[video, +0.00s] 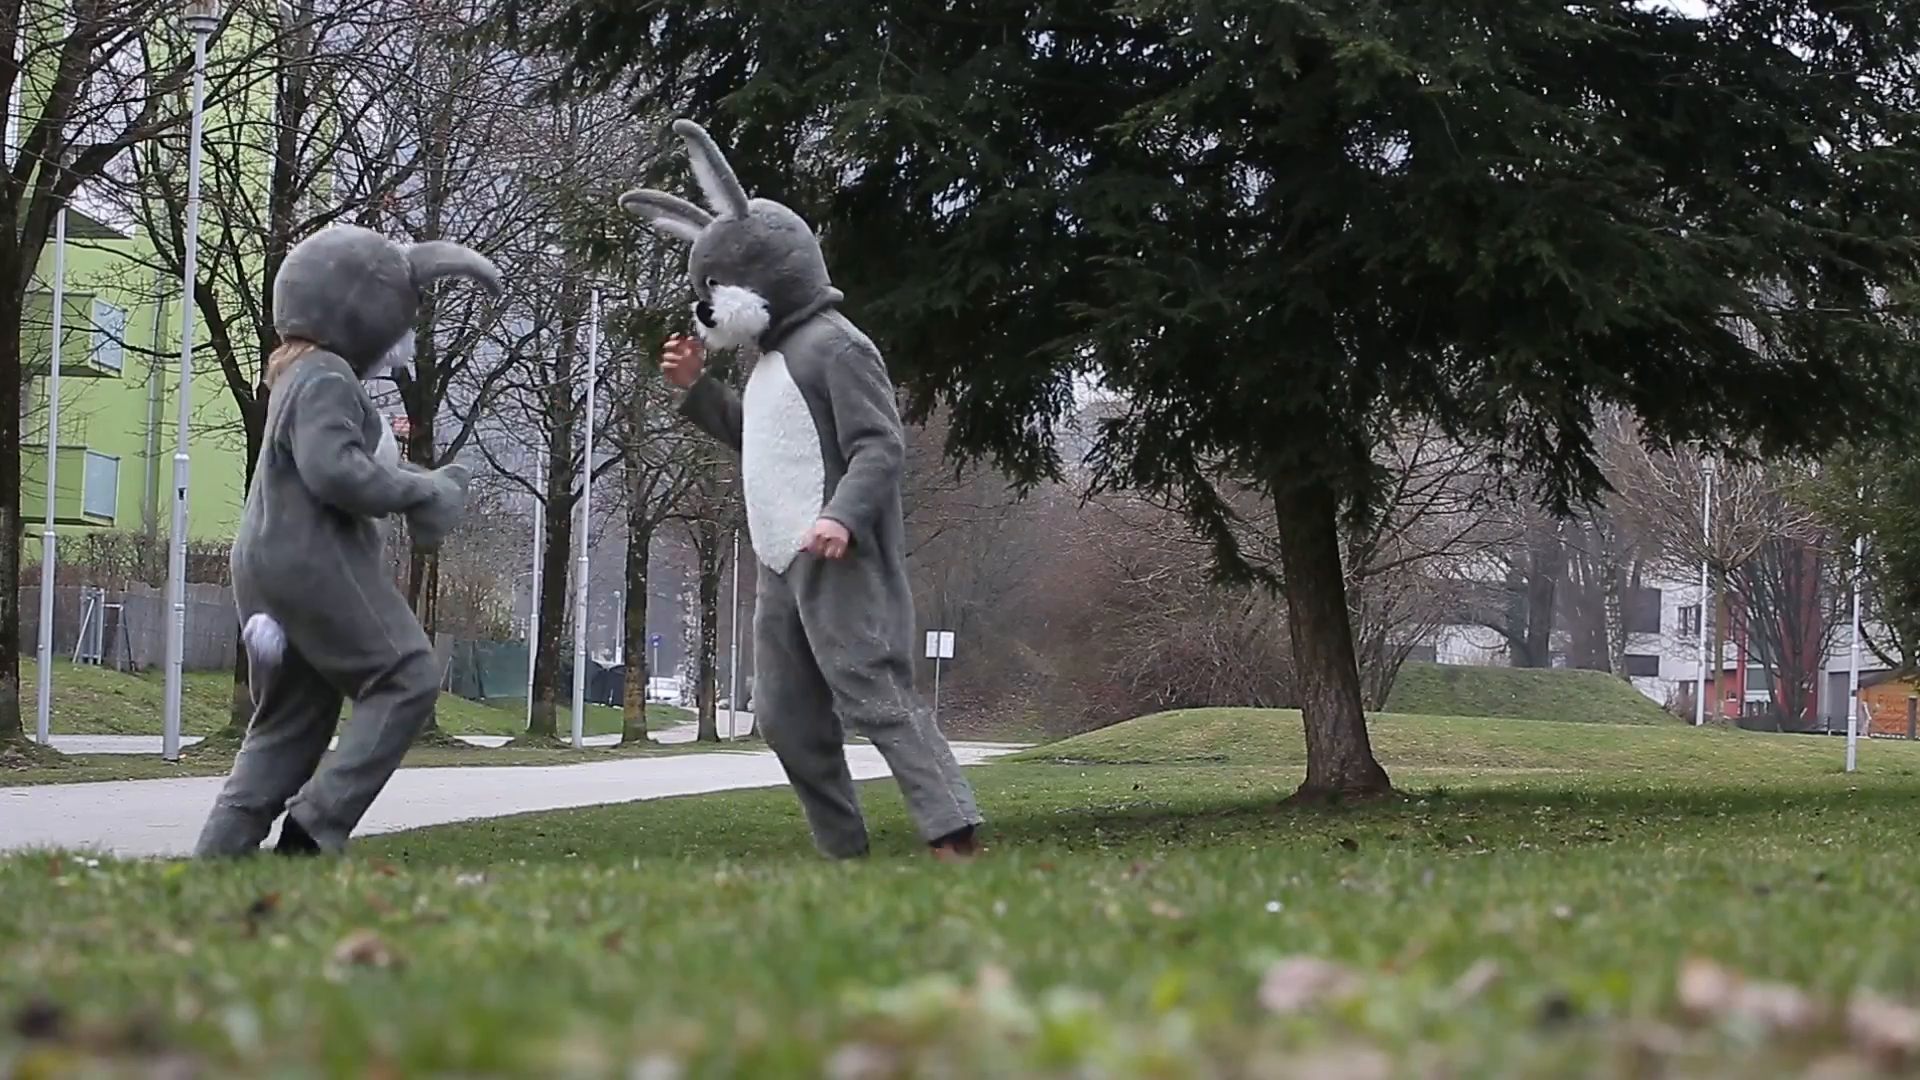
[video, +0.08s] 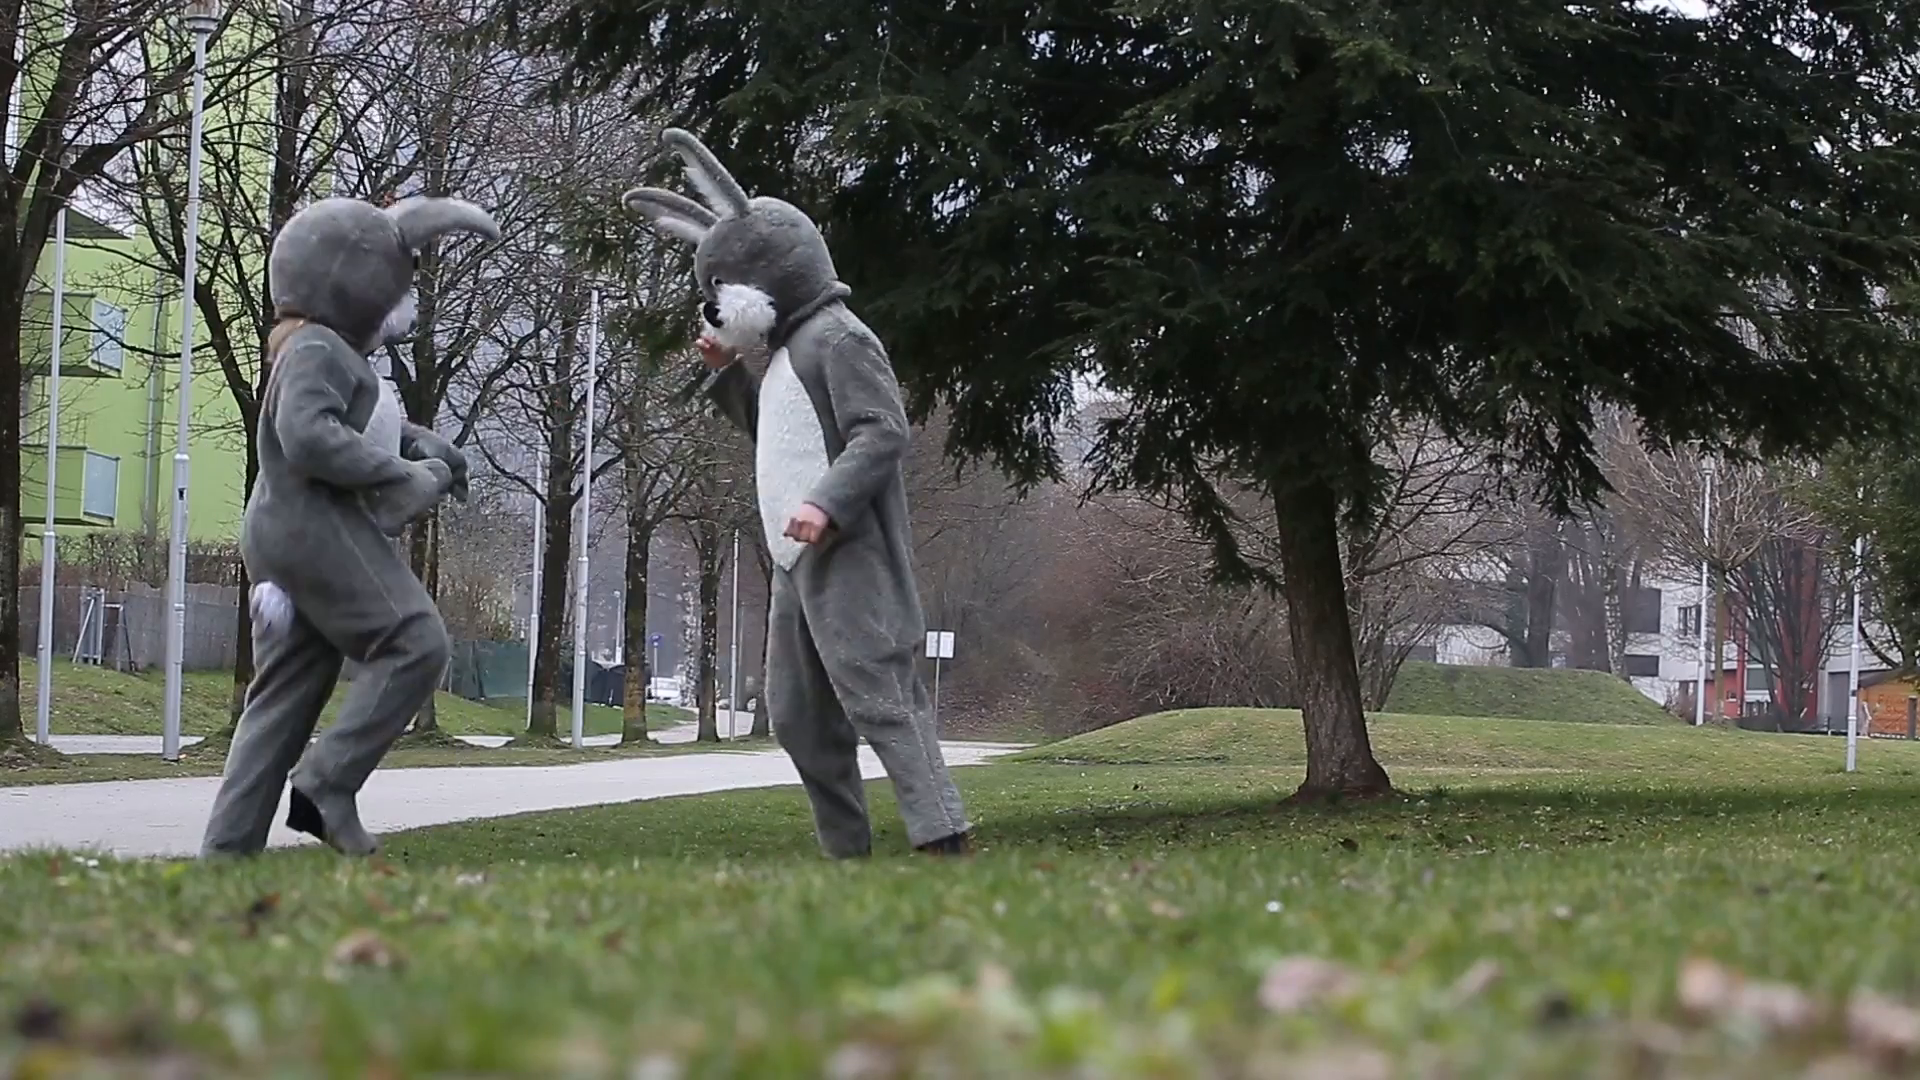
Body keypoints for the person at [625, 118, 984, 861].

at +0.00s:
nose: (715, 303)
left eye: (723, 286)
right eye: (712, 289)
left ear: (769, 275)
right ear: (748, 285)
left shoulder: (836, 344)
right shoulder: (760, 362)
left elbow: (880, 446)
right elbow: (755, 437)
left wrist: (841, 515)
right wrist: (696, 385)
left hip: (839, 555)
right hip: (781, 567)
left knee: (876, 696)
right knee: (787, 716)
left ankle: (954, 835)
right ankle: (844, 851)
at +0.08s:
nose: (721, 308)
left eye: (725, 291)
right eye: (718, 295)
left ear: (765, 280)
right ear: (767, 283)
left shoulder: (836, 336)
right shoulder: (782, 356)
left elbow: (884, 433)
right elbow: (775, 431)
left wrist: (826, 500)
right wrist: (726, 370)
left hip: (850, 555)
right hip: (794, 565)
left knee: (880, 698)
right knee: (799, 716)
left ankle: (944, 843)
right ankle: (849, 854)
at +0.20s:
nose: (733, 304)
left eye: (737, 285)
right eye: (729, 290)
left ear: (779, 269)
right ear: (775, 276)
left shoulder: (846, 326)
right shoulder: (800, 344)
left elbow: (884, 423)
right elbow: (800, 420)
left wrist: (811, 479)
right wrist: (750, 354)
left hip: (863, 543)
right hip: (818, 548)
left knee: (862, 694)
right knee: (816, 708)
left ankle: (945, 839)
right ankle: (850, 853)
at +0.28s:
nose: (738, 301)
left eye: (740, 284)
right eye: (735, 288)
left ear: (779, 268)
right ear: (784, 270)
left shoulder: (849, 322)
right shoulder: (810, 334)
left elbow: (884, 422)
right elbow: (818, 413)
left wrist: (805, 467)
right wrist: (769, 361)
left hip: (865, 543)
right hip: (820, 548)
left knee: (872, 695)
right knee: (811, 704)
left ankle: (949, 840)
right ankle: (854, 843)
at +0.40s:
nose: (741, 281)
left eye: (748, 262)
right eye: (738, 266)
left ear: (789, 249)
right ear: (791, 253)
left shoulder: (850, 312)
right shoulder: (809, 321)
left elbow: (885, 413)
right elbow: (820, 402)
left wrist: (800, 455)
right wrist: (770, 363)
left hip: (866, 534)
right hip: (818, 537)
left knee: (886, 686)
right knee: (787, 691)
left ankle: (950, 841)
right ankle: (854, 836)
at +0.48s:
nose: (737, 274)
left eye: (744, 255)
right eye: (734, 260)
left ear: (785, 242)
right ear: (790, 247)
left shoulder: (845, 309)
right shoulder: (808, 316)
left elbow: (884, 408)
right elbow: (825, 385)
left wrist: (797, 454)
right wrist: (767, 375)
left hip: (860, 530)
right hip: (811, 533)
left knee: (885, 678)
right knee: (781, 682)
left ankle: (949, 836)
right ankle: (816, 840)